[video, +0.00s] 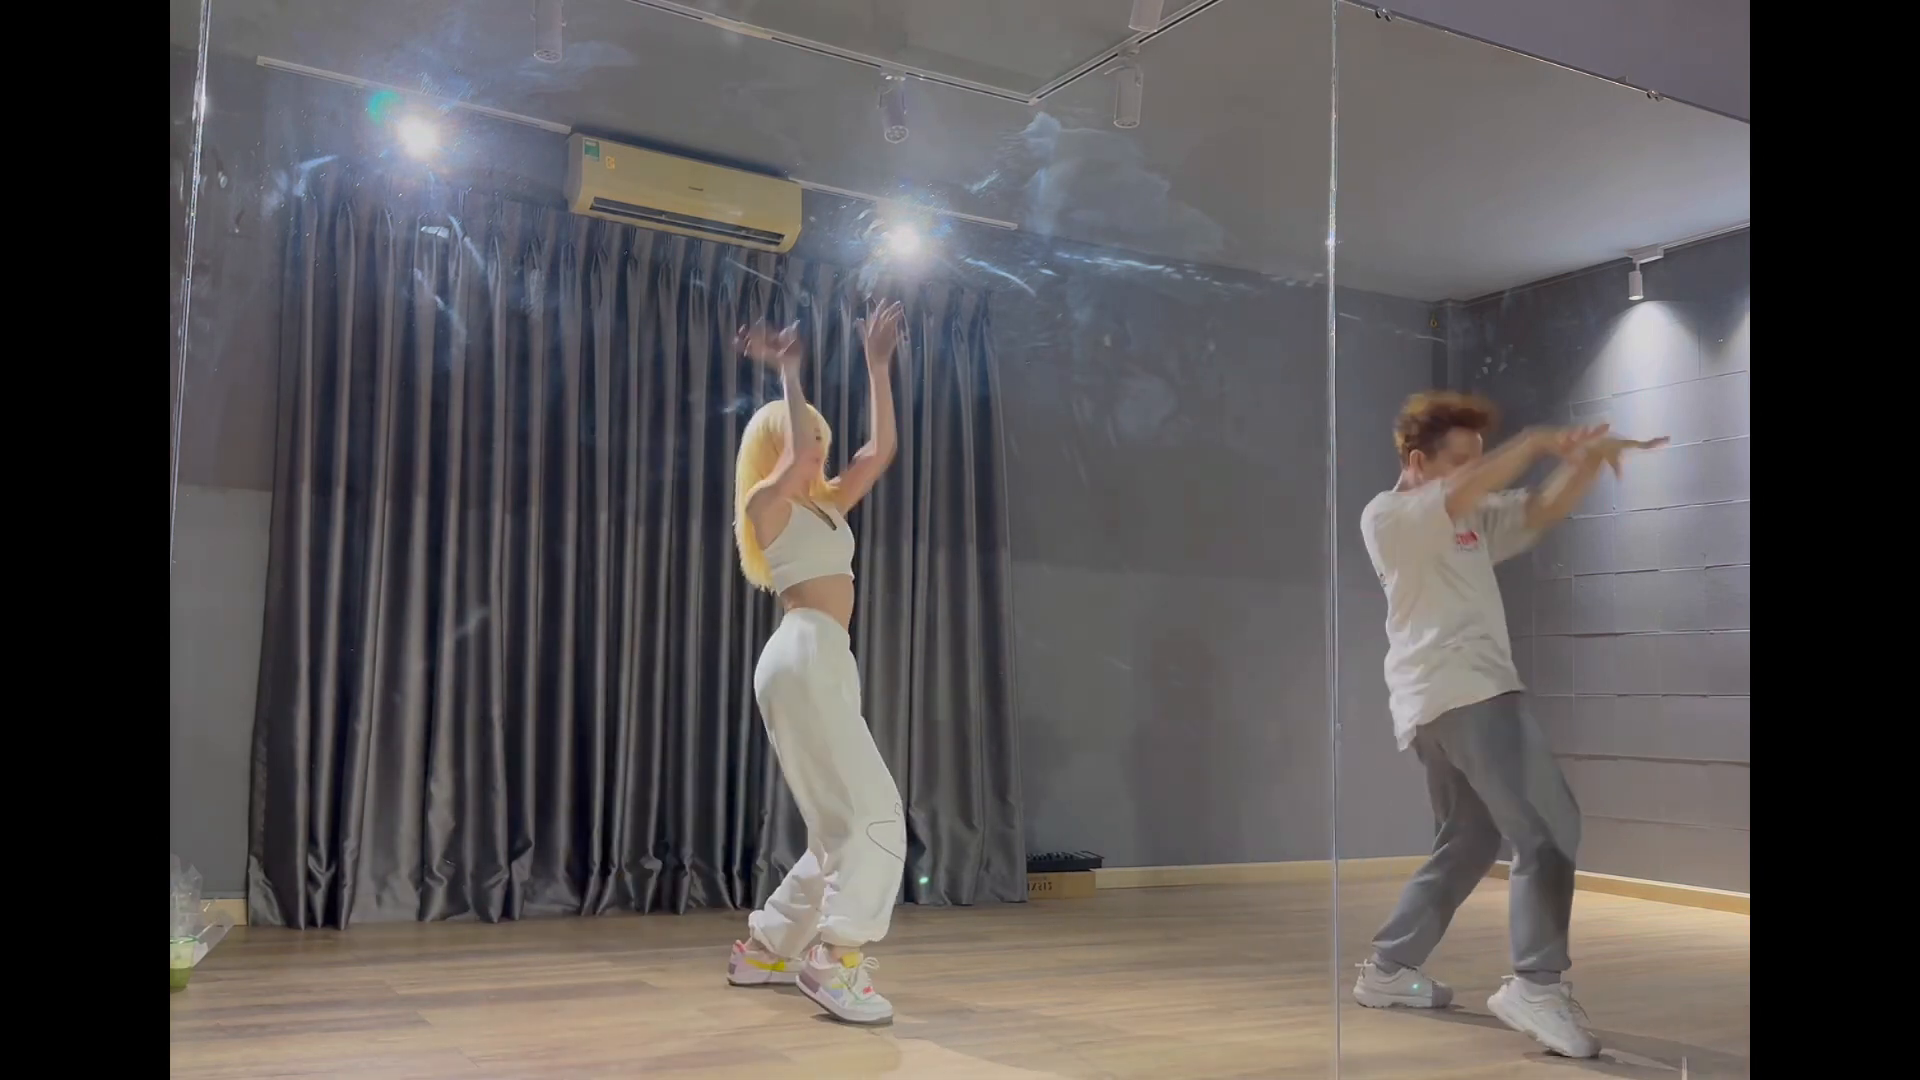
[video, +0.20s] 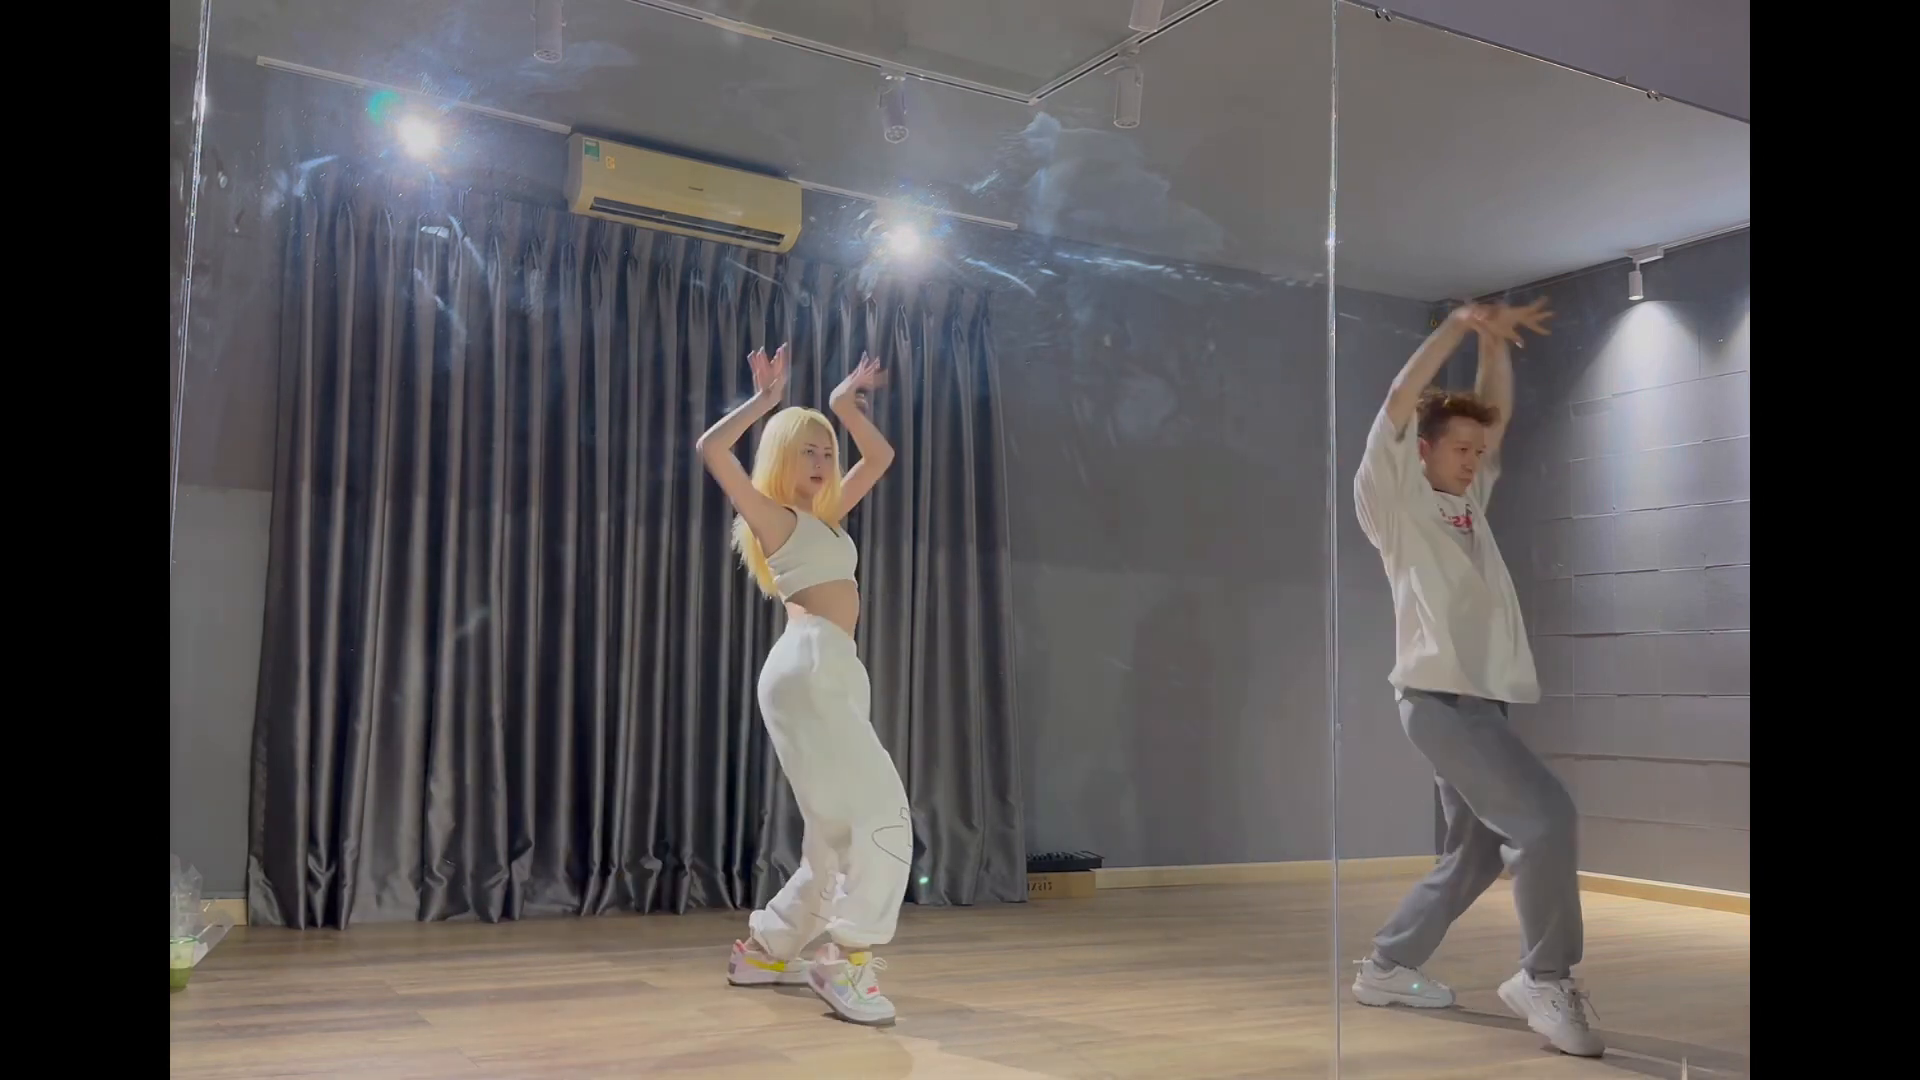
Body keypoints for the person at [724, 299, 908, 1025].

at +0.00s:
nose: (821, 440)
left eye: (820, 434)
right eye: (808, 434)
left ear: (815, 450)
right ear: (772, 446)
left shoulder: (822, 503)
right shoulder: (767, 507)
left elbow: (880, 449)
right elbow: (807, 453)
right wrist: (789, 372)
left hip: (803, 661)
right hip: (810, 658)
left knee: (843, 828)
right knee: (879, 818)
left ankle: (767, 946)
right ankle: (837, 959)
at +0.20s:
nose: (820, 462)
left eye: (826, 455)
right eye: (807, 452)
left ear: (832, 466)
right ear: (779, 461)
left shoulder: (824, 517)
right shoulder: (772, 517)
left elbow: (878, 458)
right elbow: (711, 449)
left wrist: (844, 401)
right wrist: (763, 400)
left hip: (823, 677)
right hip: (810, 675)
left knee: (835, 826)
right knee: (887, 817)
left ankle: (770, 945)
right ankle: (847, 958)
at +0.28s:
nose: (821, 465)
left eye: (829, 457)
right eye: (809, 453)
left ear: (833, 469)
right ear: (781, 461)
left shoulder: (822, 527)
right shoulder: (768, 521)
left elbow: (878, 483)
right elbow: (689, 476)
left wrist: (843, 437)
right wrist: (731, 433)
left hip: (832, 687)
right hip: (805, 686)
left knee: (843, 842)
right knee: (884, 827)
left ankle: (769, 946)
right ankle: (860, 968)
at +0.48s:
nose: (813, 466)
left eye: (821, 462)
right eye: (805, 454)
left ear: (823, 480)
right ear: (777, 460)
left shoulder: (814, 538)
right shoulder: (732, 511)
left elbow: (904, 560)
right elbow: (684, 558)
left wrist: (865, 510)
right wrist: (700, 496)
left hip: (824, 677)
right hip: (757, 681)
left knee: (835, 821)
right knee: (810, 791)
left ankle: (766, 944)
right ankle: (833, 954)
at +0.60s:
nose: (796, 476)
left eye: (807, 474)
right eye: (792, 461)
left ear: (808, 484)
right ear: (767, 455)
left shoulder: (794, 523)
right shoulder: (705, 505)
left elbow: (842, 550)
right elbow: (691, 584)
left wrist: (873, 495)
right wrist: (740, 540)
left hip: (808, 670)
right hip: (743, 674)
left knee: (822, 820)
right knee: (759, 799)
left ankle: (765, 947)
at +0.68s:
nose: (769, 493)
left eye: (782, 485)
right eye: (766, 478)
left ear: (791, 485)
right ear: (747, 463)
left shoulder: (784, 519)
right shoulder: (698, 512)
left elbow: (826, 536)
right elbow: (673, 594)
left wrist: (831, 463)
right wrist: (712, 607)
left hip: (796, 679)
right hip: (732, 680)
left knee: (824, 834)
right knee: (713, 825)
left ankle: (765, 947)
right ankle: (616, 927)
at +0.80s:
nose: (748, 475)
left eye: (756, 464)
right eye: (732, 467)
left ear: (770, 476)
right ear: (707, 485)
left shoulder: (789, 532)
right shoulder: (707, 546)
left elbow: (844, 472)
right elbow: (647, 622)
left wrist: (773, 442)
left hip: (763, 721)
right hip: (698, 708)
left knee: (821, 841)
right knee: (641, 847)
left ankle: (765, 949)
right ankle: (586, 953)